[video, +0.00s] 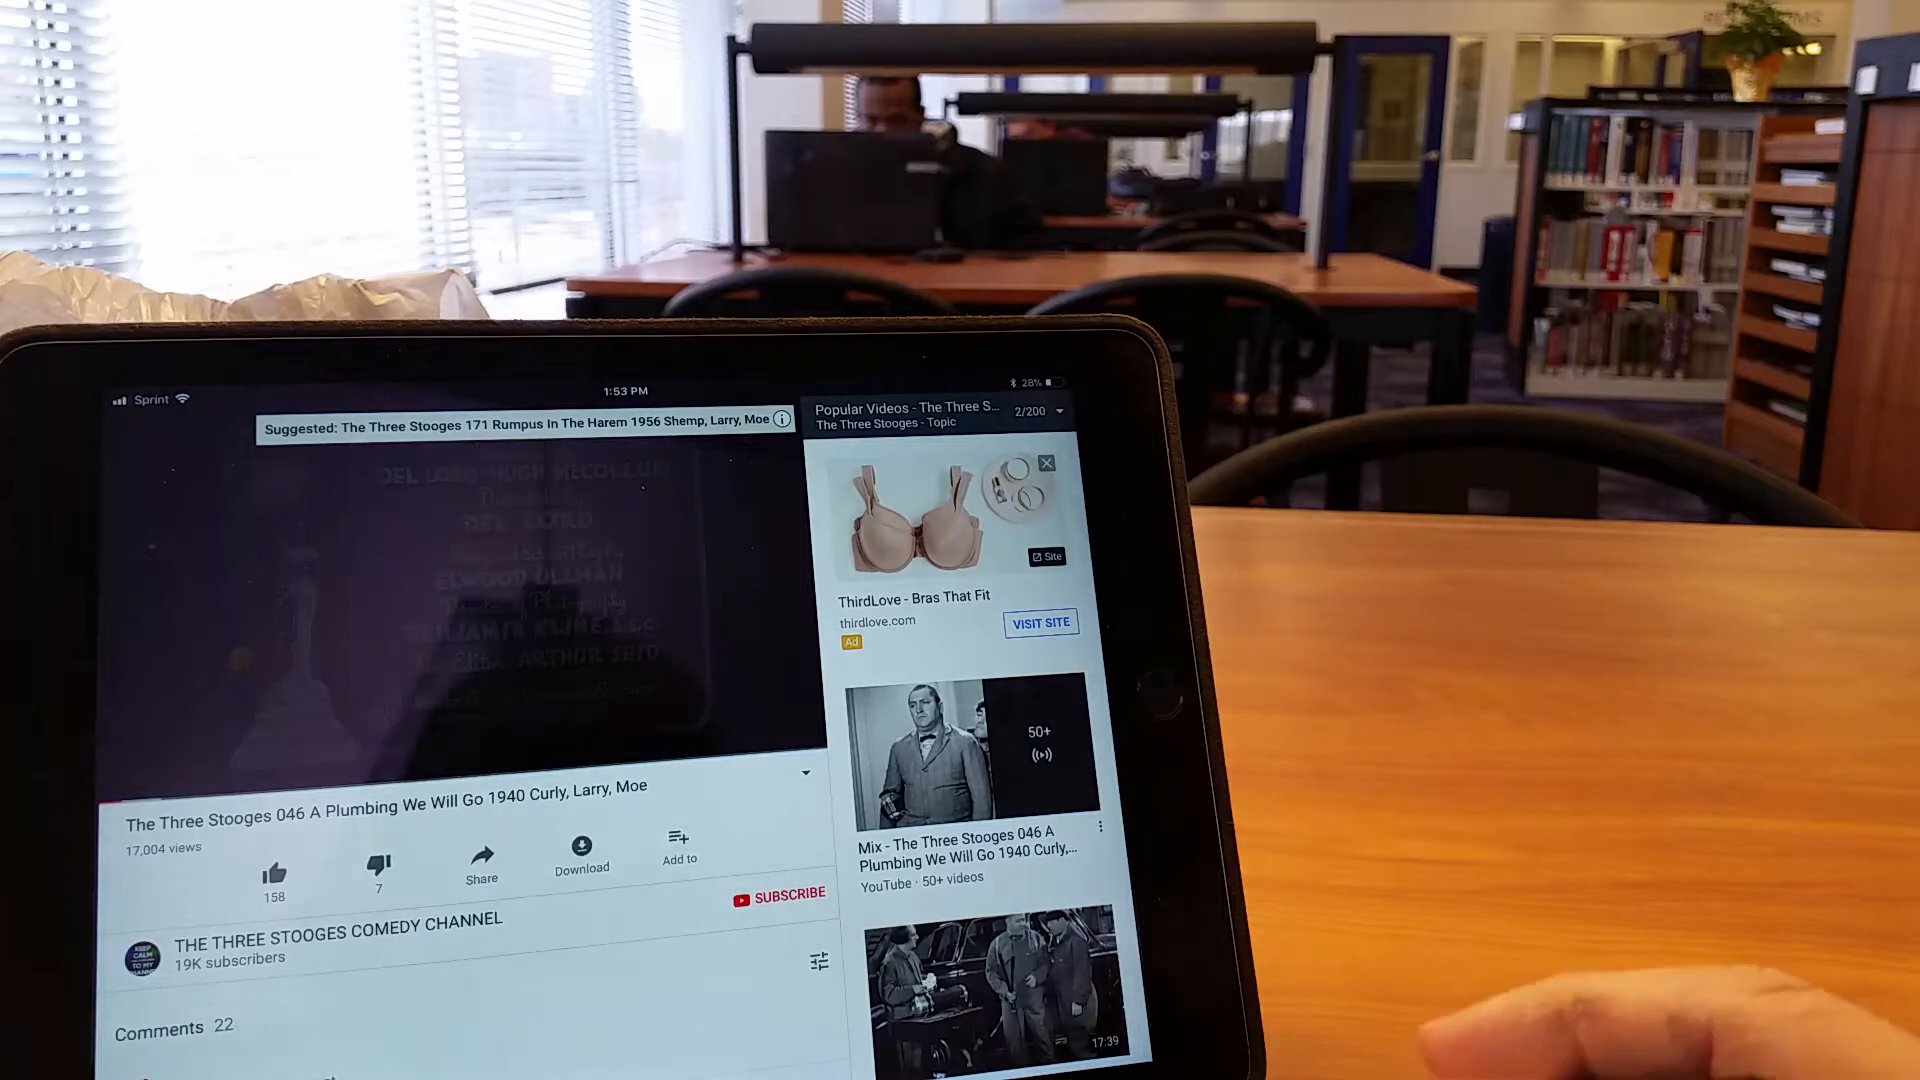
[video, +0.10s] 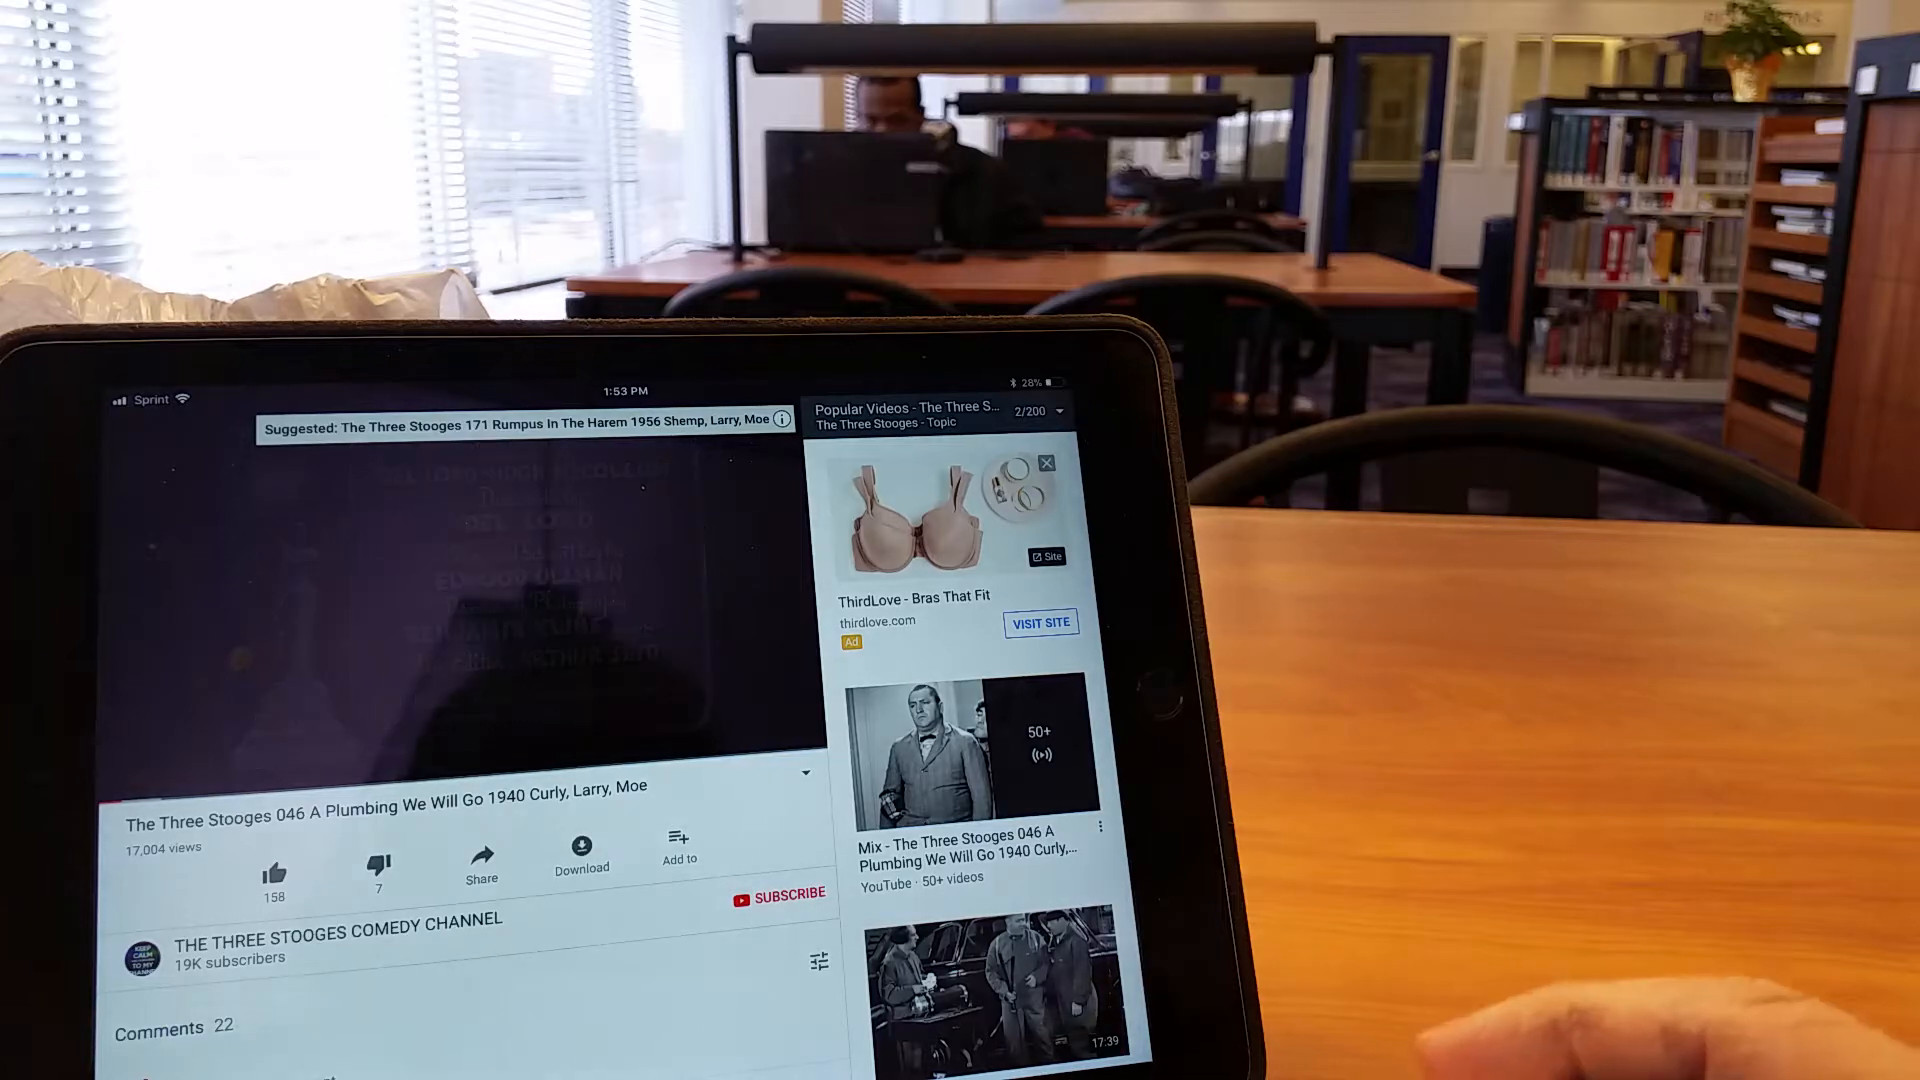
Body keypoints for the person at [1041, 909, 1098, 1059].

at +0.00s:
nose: (1049, 927)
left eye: (1052, 923)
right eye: (1048, 924)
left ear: (1063, 921)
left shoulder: (1076, 941)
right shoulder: (1055, 942)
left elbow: (1082, 972)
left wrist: (1078, 1000)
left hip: (1076, 998)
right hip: (1063, 998)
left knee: (1081, 1043)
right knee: (1072, 1041)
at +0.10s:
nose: (1049, 927)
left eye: (1052, 923)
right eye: (1048, 924)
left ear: (1063, 921)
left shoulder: (1076, 941)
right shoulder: (1055, 942)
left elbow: (1082, 972)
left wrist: (1078, 1000)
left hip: (1076, 998)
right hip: (1062, 998)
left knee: (1081, 1043)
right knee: (1072, 1041)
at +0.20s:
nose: (1049, 927)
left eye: (1052, 923)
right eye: (1048, 924)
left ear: (1063, 921)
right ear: (1049, 925)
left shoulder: (1076, 941)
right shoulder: (1055, 942)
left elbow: (1082, 972)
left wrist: (1078, 1000)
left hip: (1077, 1000)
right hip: (1063, 1000)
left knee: (1081, 1044)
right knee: (1073, 1043)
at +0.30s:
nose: (1049, 927)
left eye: (1052, 923)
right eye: (1048, 924)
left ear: (1063, 921)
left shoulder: (1076, 941)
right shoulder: (1055, 942)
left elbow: (1082, 972)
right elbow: (1055, 972)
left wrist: (1078, 1000)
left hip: (1077, 1000)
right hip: (1063, 1000)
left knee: (1081, 1044)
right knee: (1073, 1043)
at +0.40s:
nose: (1049, 927)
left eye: (1052, 923)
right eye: (1048, 924)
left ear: (1063, 921)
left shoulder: (1076, 940)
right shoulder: (1056, 942)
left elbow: (1082, 972)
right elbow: (1055, 972)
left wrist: (1078, 1000)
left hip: (1076, 998)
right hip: (1063, 998)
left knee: (1081, 1043)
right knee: (1073, 1041)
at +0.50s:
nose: (1049, 927)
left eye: (1052, 923)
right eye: (1048, 924)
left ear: (1063, 921)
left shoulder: (1076, 941)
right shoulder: (1058, 942)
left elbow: (1082, 972)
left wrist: (1078, 1000)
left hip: (1076, 999)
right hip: (1064, 999)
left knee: (1080, 1044)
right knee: (1072, 1041)